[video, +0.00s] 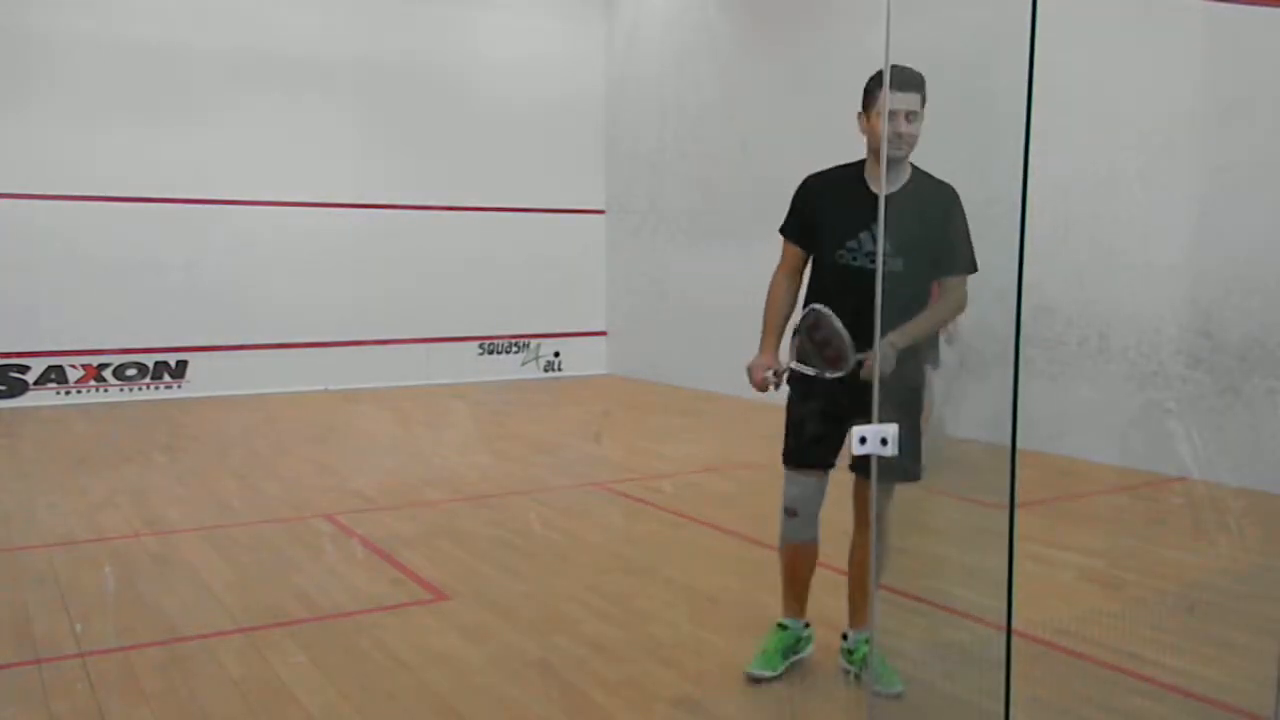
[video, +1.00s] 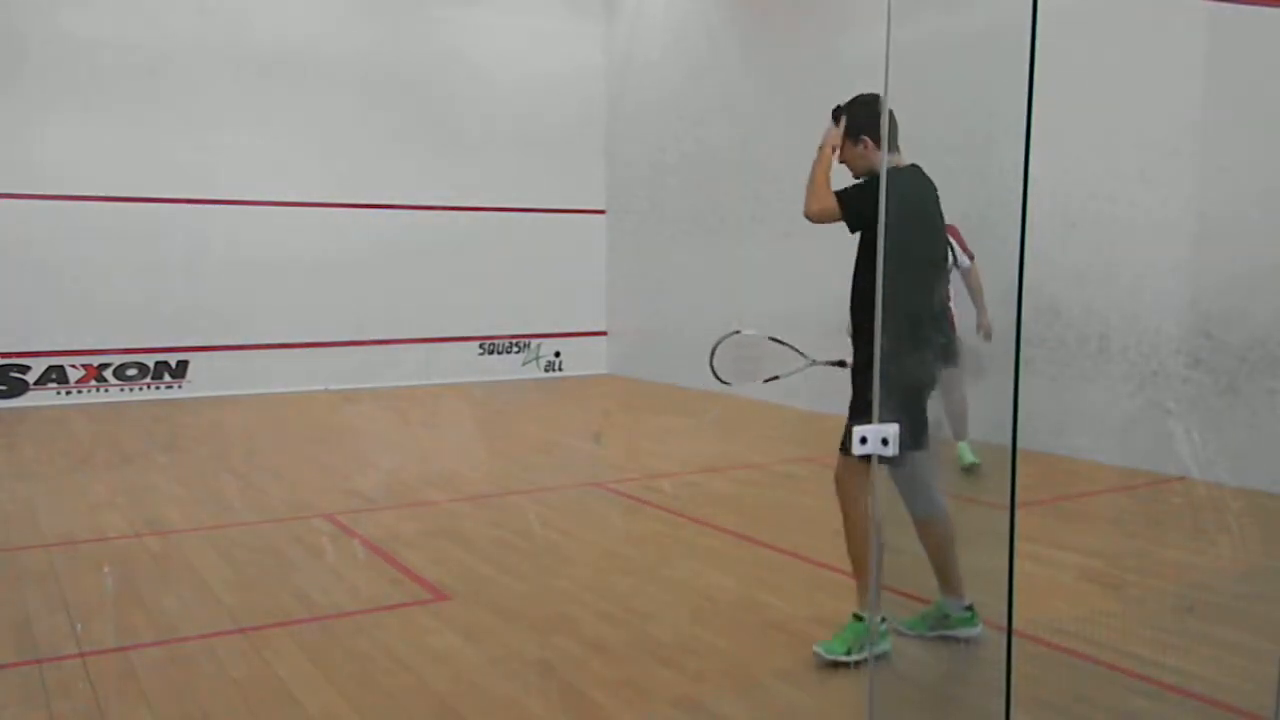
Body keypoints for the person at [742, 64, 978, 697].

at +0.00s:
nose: (902, 127)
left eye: (912, 117)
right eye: (891, 115)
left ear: (923, 124)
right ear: (864, 120)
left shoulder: (940, 202)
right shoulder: (820, 191)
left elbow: (951, 299)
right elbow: (787, 274)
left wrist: (892, 344)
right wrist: (768, 346)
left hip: (891, 382)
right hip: (817, 374)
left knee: (874, 513)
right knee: (798, 505)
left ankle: (858, 639)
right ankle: (793, 629)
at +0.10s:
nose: (877, 126)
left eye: (891, 116)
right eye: (868, 115)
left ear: (917, 122)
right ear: (858, 120)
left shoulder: (945, 202)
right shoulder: (829, 191)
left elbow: (956, 301)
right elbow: (800, 274)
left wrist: (899, 354)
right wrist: (779, 342)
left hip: (896, 378)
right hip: (827, 371)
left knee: (877, 507)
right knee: (814, 502)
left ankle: (860, 636)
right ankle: (838, 603)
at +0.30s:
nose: (843, 132)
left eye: (853, 121)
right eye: (843, 121)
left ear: (892, 124)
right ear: (866, 127)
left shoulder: (944, 198)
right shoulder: (845, 197)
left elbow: (960, 297)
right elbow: (827, 279)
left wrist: (940, 377)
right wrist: (795, 347)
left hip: (904, 375)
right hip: (845, 371)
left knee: (882, 498)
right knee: (851, 491)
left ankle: (858, 637)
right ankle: (919, 575)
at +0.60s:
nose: (837, 150)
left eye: (840, 138)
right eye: (836, 139)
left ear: (868, 136)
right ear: (870, 136)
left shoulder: (931, 194)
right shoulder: (873, 212)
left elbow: (966, 274)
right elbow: (869, 298)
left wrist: (886, 310)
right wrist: (840, 352)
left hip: (917, 368)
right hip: (885, 368)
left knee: (885, 489)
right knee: (914, 484)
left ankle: (876, 634)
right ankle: (954, 604)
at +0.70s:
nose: (841, 156)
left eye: (844, 144)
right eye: (840, 145)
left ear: (869, 139)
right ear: (874, 138)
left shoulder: (924, 195)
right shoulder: (889, 208)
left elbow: (929, 274)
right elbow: (898, 298)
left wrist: (853, 255)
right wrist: (861, 354)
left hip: (911, 370)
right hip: (897, 368)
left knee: (887, 493)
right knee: (924, 485)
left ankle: (881, 638)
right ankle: (957, 608)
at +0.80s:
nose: (845, 154)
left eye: (846, 143)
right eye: (843, 145)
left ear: (870, 138)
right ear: (880, 137)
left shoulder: (913, 191)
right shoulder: (913, 191)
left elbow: (878, 257)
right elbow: (915, 294)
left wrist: (835, 208)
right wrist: (871, 353)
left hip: (906, 365)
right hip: (911, 360)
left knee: (885, 490)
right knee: (922, 482)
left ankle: (880, 635)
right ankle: (957, 607)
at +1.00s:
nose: (842, 161)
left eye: (844, 151)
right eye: (841, 151)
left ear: (863, 144)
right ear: (884, 141)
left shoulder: (885, 190)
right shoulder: (919, 185)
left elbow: (817, 208)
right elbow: (923, 282)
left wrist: (827, 152)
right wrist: (871, 343)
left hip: (886, 361)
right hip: (914, 357)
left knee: (851, 477)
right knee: (915, 475)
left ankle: (869, 621)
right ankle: (955, 606)